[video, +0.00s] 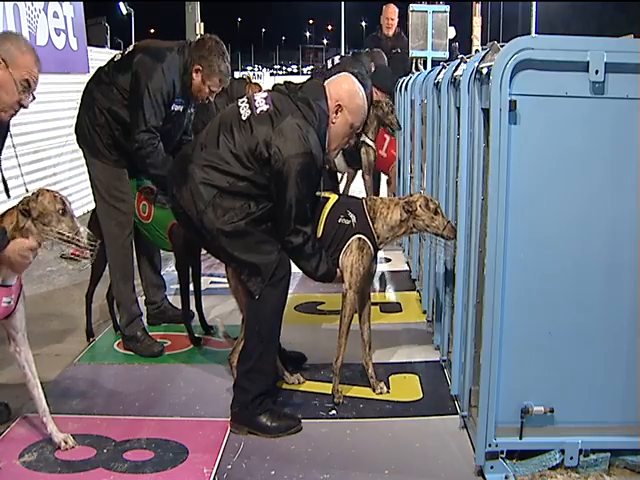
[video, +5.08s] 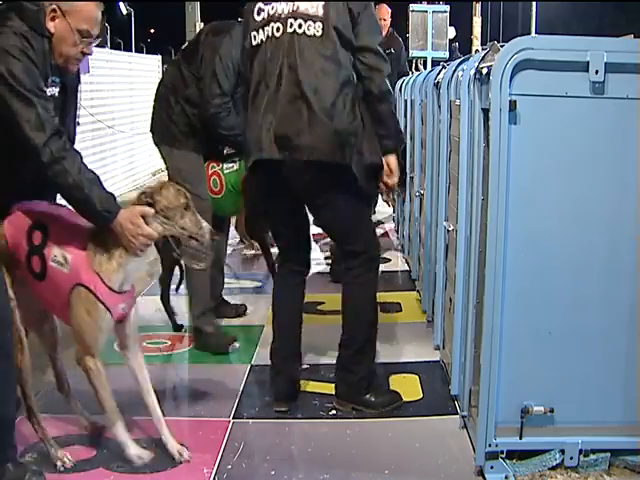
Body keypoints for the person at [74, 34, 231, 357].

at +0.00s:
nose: (210, 97)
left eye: (215, 92)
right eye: (210, 90)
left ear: (200, 70)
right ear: (195, 72)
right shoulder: (157, 72)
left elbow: (184, 139)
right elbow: (143, 141)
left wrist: (197, 177)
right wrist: (177, 183)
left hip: (138, 134)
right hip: (103, 132)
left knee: (145, 220)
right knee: (119, 222)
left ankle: (157, 304)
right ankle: (130, 324)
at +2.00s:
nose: (210, 129)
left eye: (215, 124)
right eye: (210, 121)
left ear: (197, 98)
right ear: (195, 99)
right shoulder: (159, 92)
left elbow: (179, 158)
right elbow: (135, 156)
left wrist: (186, 192)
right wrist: (171, 196)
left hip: (137, 132)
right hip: (100, 130)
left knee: (147, 216)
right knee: (118, 222)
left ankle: (157, 305)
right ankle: (131, 326)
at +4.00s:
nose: (211, 87)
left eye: (216, 81)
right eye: (209, 79)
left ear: (196, 60)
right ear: (191, 61)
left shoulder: (192, 77)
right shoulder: (150, 67)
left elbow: (183, 129)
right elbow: (135, 135)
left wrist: (192, 155)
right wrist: (176, 159)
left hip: (142, 139)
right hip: (104, 136)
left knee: (155, 212)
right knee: (131, 212)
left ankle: (158, 303)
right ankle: (131, 323)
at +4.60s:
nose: (240, 71)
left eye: (245, 65)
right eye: (238, 63)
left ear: (230, 50)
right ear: (220, 46)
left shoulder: (221, 70)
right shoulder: (182, 54)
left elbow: (216, 122)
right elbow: (169, 120)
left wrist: (223, 145)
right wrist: (208, 149)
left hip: (183, 144)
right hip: (142, 139)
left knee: (199, 217)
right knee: (152, 219)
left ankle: (210, 301)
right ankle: (134, 324)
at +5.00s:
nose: (272, 52)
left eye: (275, 45)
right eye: (270, 44)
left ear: (261, 39)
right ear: (256, 37)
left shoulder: (257, 56)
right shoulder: (222, 42)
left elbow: (252, 108)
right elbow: (208, 106)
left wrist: (255, 138)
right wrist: (241, 141)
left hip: (209, 134)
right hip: (173, 127)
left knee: (214, 212)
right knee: (190, 213)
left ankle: (211, 300)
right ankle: (169, 315)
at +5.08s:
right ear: (263, 23)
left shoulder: (259, 47)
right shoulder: (226, 38)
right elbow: (215, 106)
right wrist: (251, 142)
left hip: (208, 134)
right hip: (179, 129)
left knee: (217, 216)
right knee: (199, 220)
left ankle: (213, 300)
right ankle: (202, 322)